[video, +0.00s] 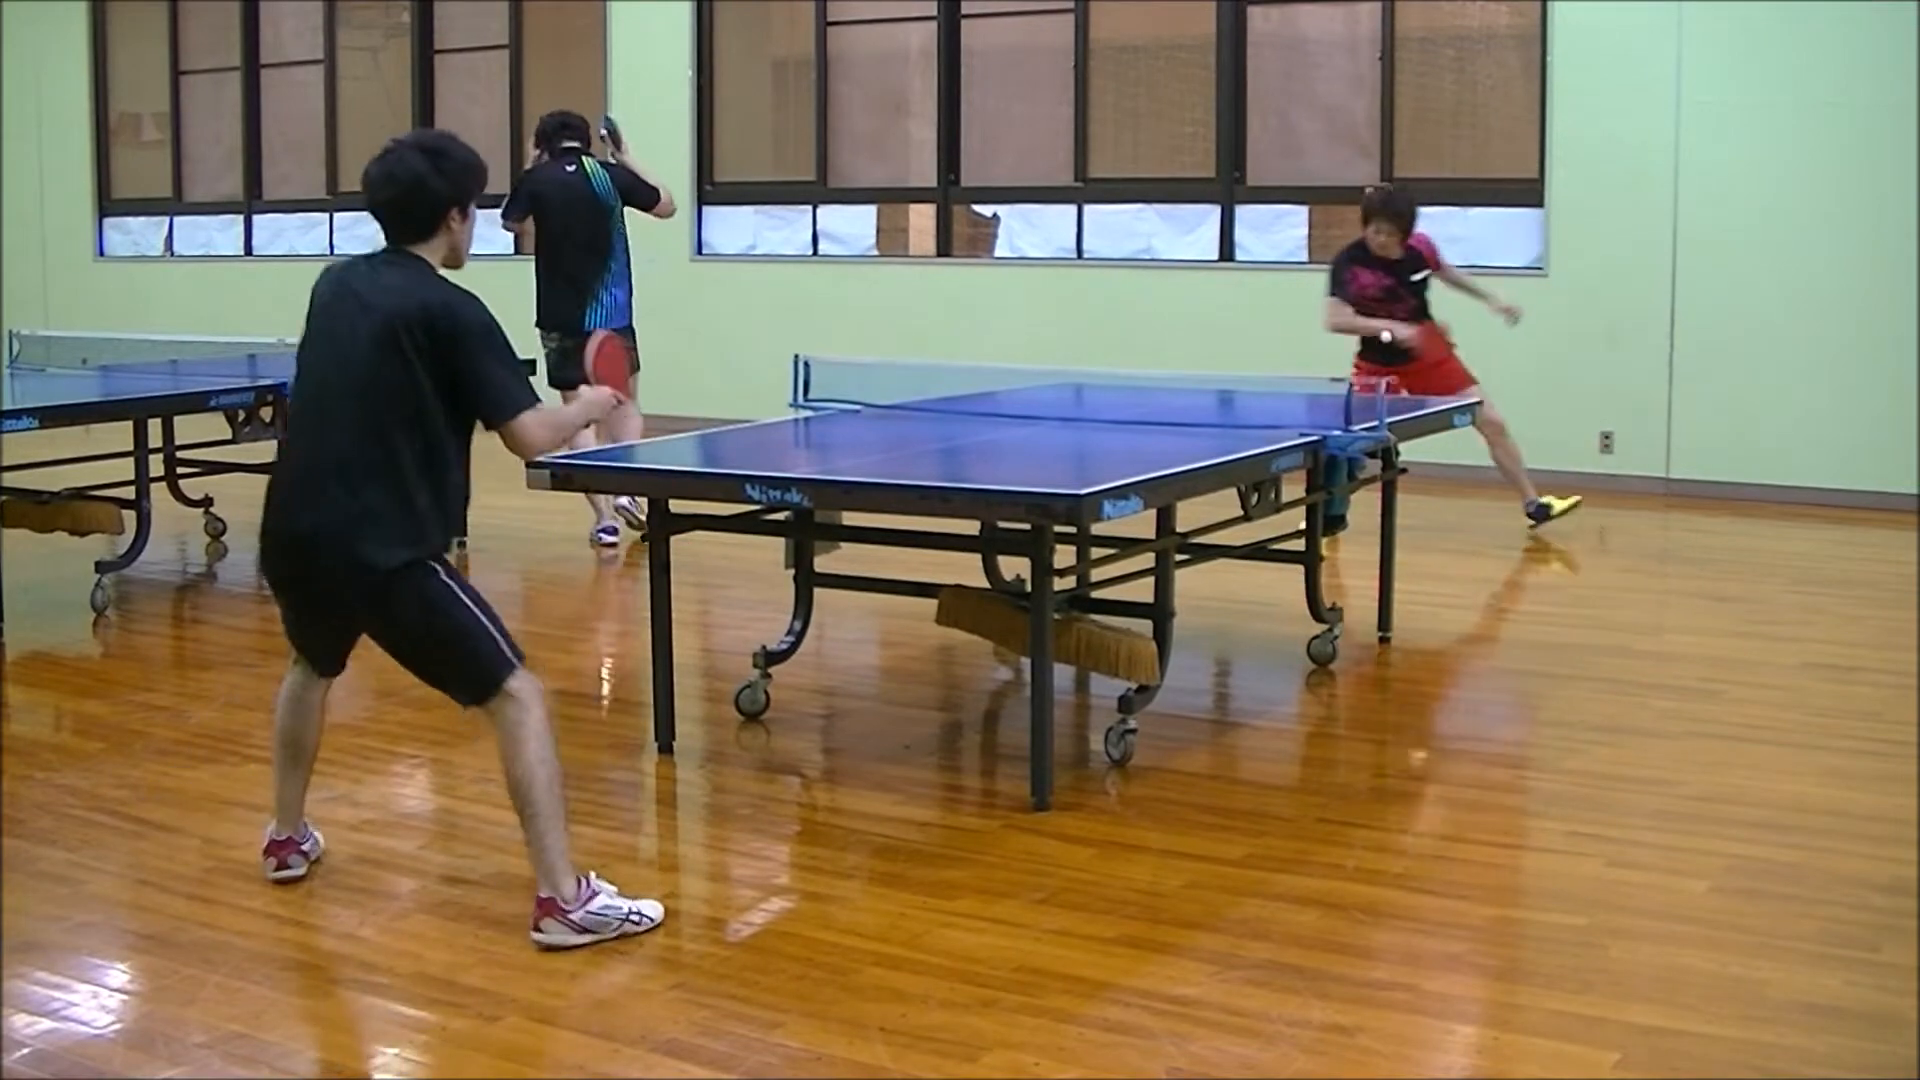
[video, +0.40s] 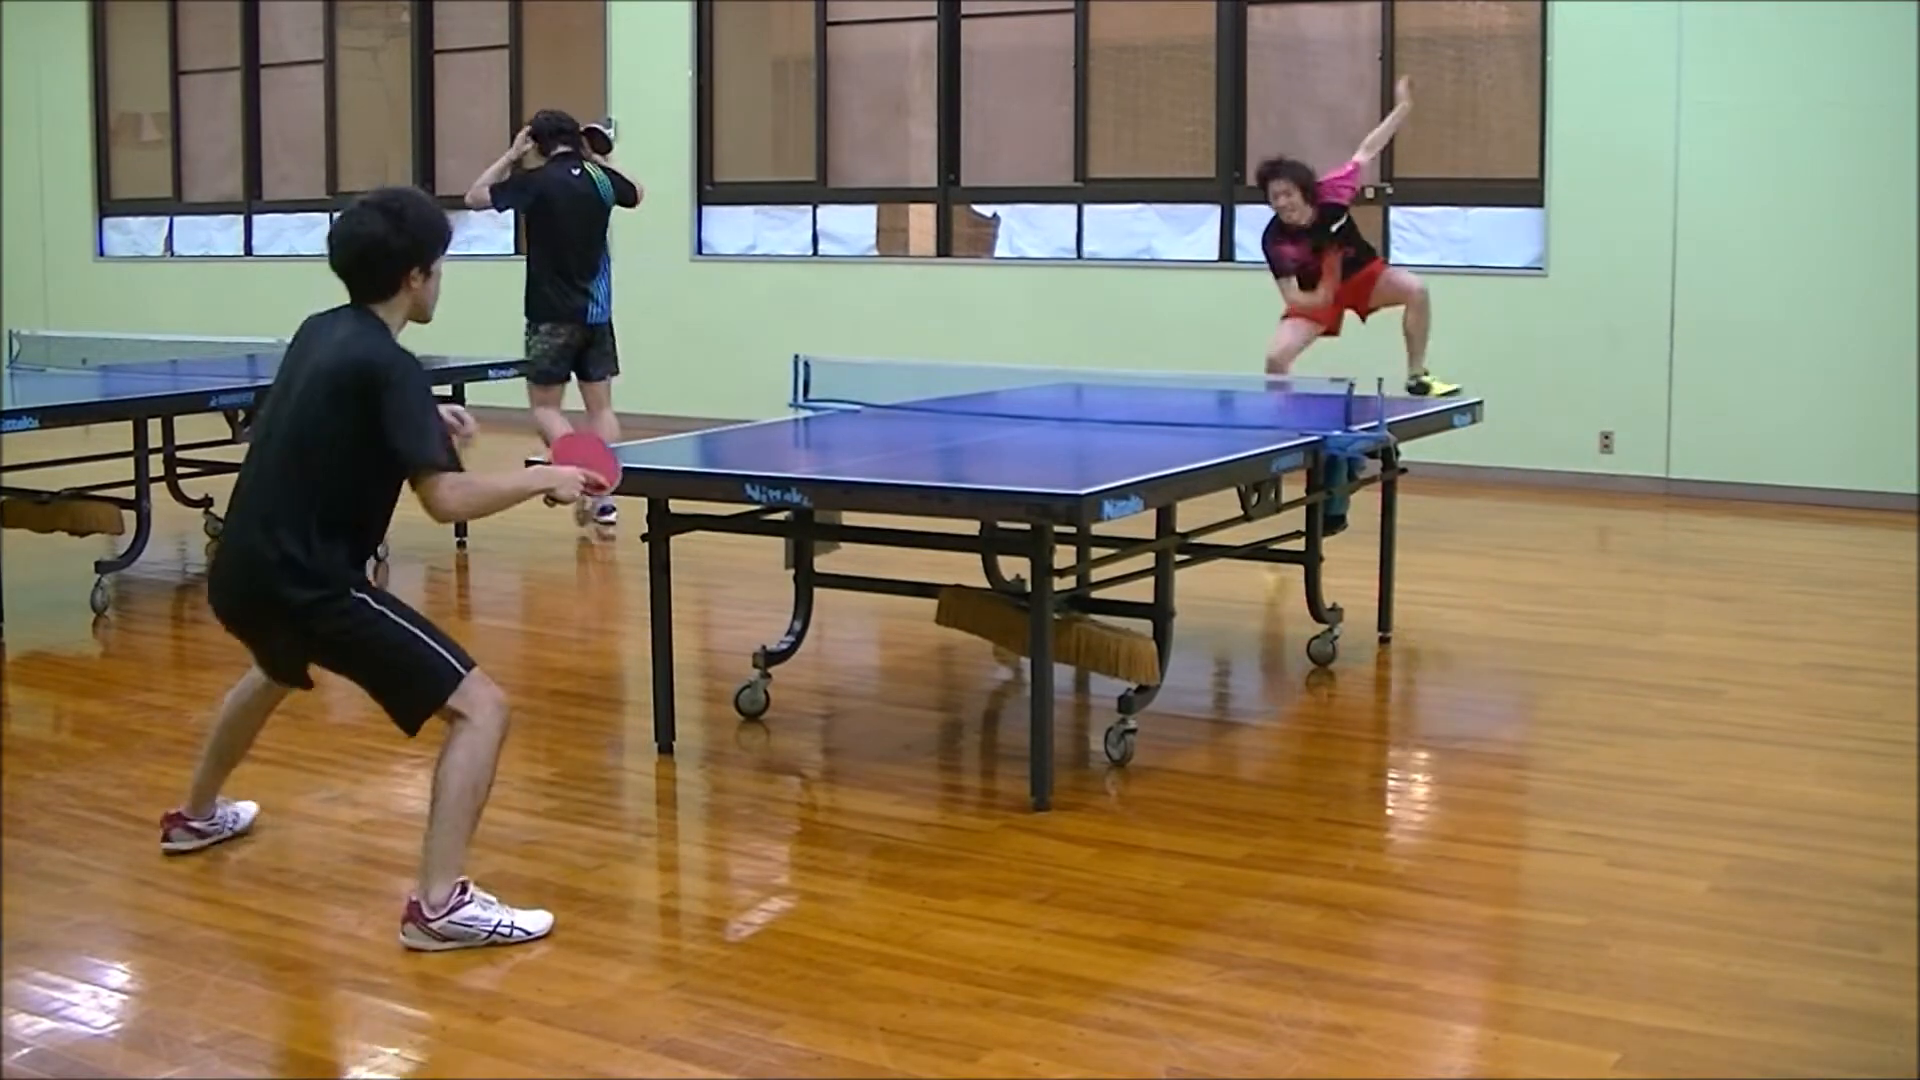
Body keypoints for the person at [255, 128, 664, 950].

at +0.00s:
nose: (478, 221)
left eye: (475, 207)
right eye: (474, 207)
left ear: (386, 214)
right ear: (453, 217)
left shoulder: (335, 284)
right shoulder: (447, 310)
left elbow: (325, 406)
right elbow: (532, 435)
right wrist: (590, 403)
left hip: (296, 539)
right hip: (385, 551)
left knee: (311, 667)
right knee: (516, 696)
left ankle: (285, 836)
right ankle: (565, 895)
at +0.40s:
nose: (439, 283)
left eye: (438, 267)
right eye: (437, 268)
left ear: (357, 270)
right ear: (415, 278)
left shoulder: (318, 331)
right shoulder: (392, 368)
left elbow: (320, 422)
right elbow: (448, 498)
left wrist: (420, 422)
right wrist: (544, 478)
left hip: (239, 572)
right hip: (309, 589)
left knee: (277, 668)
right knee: (481, 706)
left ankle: (193, 814)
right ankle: (438, 900)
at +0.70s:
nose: (434, 304)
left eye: (431, 292)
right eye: (425, 294)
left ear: (381, 311)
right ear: (388, 308)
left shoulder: (399, 364)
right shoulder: (308, 383)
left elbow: (463, 384)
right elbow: (325, 511)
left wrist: (395, 341)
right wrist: (369, 477)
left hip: (346, 576)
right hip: (289, 576)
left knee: (338, 723)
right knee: (413, 672)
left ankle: (181, 775)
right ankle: (397, 881)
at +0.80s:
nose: (434, 283)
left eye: (428, 271)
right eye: (423, 275)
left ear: (385, 295)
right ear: (389, 297)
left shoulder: (419, 340)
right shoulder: (322, 375)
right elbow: (376, 505)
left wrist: (465, 383)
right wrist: (362, 447)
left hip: (369, 553)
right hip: (307, 557)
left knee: (337, 705)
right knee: (427, 676)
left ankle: (185, 764)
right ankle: (396, 881)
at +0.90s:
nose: (451, 233)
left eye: (444, 221)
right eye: (438, 226)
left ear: (399, 250)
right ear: (405, 252)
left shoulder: (405, 297)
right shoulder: (373, 349)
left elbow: (430, 356)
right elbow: (451, 458)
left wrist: (483, 373)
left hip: (367, 514)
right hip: (329, 528)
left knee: (374, 639)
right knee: (455, 685)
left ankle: (252, 735)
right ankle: (398, 879)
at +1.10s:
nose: (479, 257)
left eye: (476, 245)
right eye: (474, 246)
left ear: (395, 258)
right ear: (453, 258)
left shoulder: (344, 331)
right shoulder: (477, 337)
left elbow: (307, 403)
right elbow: (595, 351)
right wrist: (628, 252)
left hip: (343, 577)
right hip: (428, 578)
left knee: (455, 619)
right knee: (477, 756)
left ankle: (439, 762)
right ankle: (454, 866)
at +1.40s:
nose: (487, 272)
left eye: (483, 260)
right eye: (484, 262)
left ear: (405, 269)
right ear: (472, 272)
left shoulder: (362, 344)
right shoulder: (505, 346)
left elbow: (284, 436)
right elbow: (538, 469)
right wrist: (487, 435)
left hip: (379, 561)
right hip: (463, 568)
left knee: (441, 640)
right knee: (498, 736)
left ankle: (455, 774)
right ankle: (458, 840)